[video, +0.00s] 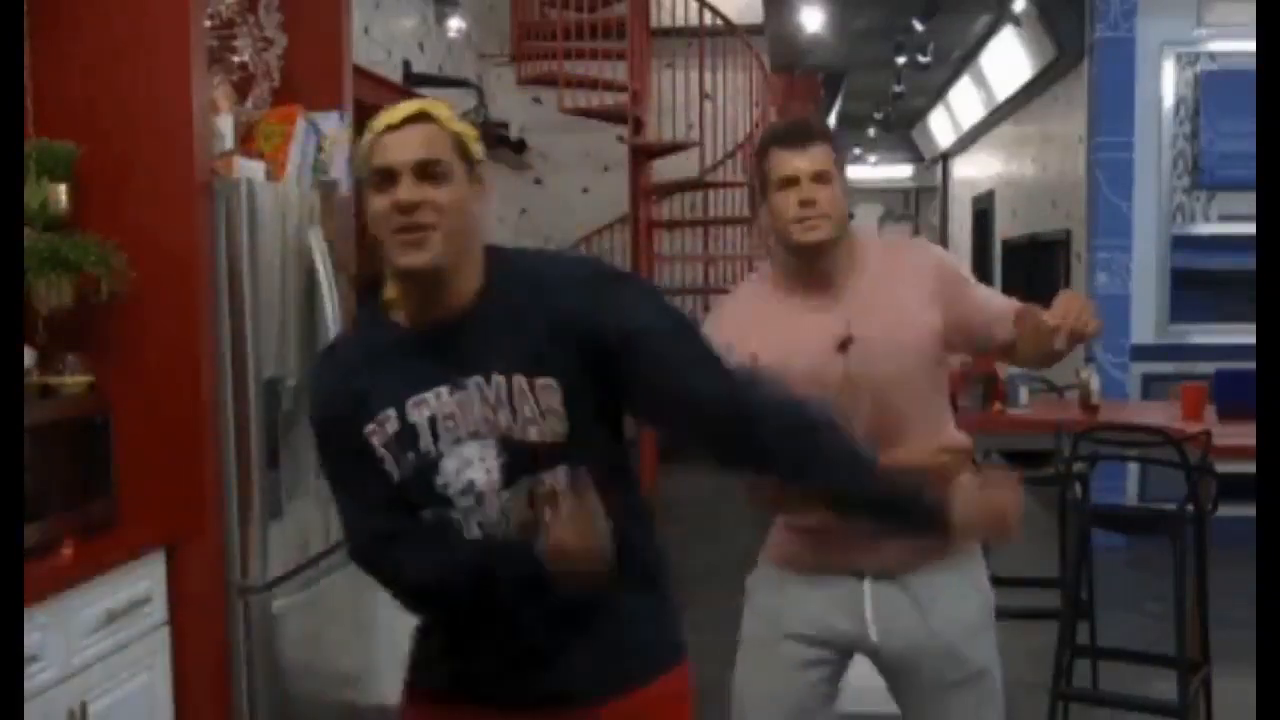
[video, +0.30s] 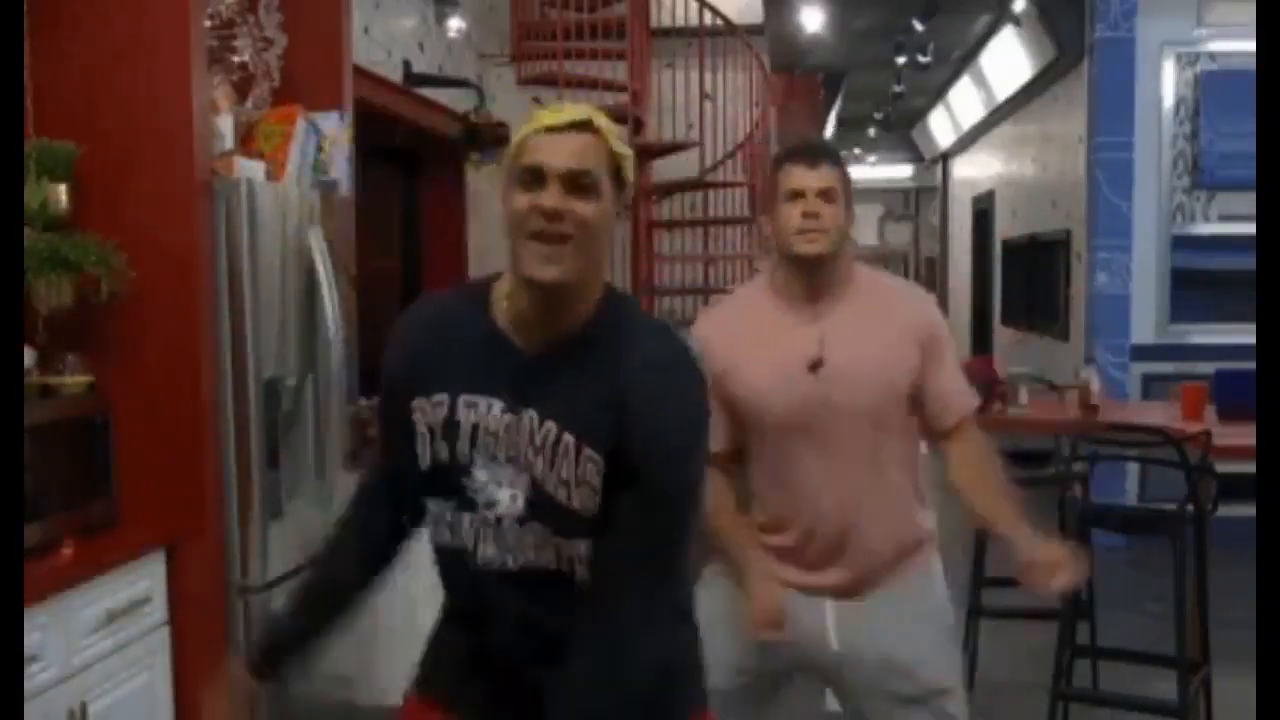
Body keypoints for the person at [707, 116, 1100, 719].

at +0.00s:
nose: (807, 196)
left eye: (821, 179)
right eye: (787, 185)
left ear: (845, 191)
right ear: (763, 205)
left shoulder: (919, 269)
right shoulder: (734, 323)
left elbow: (1014, 336)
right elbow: (761, 485)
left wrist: (1059, 325)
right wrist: (894, 469)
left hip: (933, 574)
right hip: (799, 579)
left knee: (967, 709)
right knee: (764, 710)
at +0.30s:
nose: (811, 209)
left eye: (826, 196)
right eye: (794, 198)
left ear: (848, 215)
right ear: (769, 219)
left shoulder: (909, 311)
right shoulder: (720, 329)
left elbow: (957, 432)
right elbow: (712, 466)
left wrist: (1025, 541)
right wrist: (753, 568)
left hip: (895, 585)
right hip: (761, 586)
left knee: (932, 708)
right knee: (734, 707)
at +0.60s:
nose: (698, 207)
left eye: (713, 192)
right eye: (682, 195)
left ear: (738, 205)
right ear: (662, 211)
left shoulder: (791, 312)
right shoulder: (617, 288)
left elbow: (795, 452)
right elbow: (532, 344)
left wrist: (710, 439)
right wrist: (467, 313)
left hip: (758, 562)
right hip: (636, 559)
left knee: (794, 707)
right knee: (612, 710)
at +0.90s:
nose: (660, 241)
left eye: (672, 224)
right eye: (643, 231)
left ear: (698, 230)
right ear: (628, 246)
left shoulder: (775, 319)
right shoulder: (601, 330)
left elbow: (794, 444)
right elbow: (524, 384)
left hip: (758, 532)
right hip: (641, 533)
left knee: (813, 682)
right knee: (608, 696)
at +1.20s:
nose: (763, 196)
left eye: (776, 184)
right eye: (748, 184)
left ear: (795, 195)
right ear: (727, 195)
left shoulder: (849, 266)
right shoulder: (684, 297)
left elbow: (946, 323)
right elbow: (671, 417)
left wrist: (960, 400)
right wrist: (719, 499)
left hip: (844, 520)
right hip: (735, 521)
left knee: (911, 694)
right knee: (676, 692)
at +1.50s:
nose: (845, 205)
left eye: (858, 196)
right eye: (830, 191)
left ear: (870, 210)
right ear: (800, 202)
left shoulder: (902, 276)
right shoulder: (748, 285)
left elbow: (999, 317)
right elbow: (728, 397)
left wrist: (1011, 272)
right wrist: (842, 372)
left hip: (909, 507)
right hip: (801, 521)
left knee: (957, 673)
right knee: (797, 682)